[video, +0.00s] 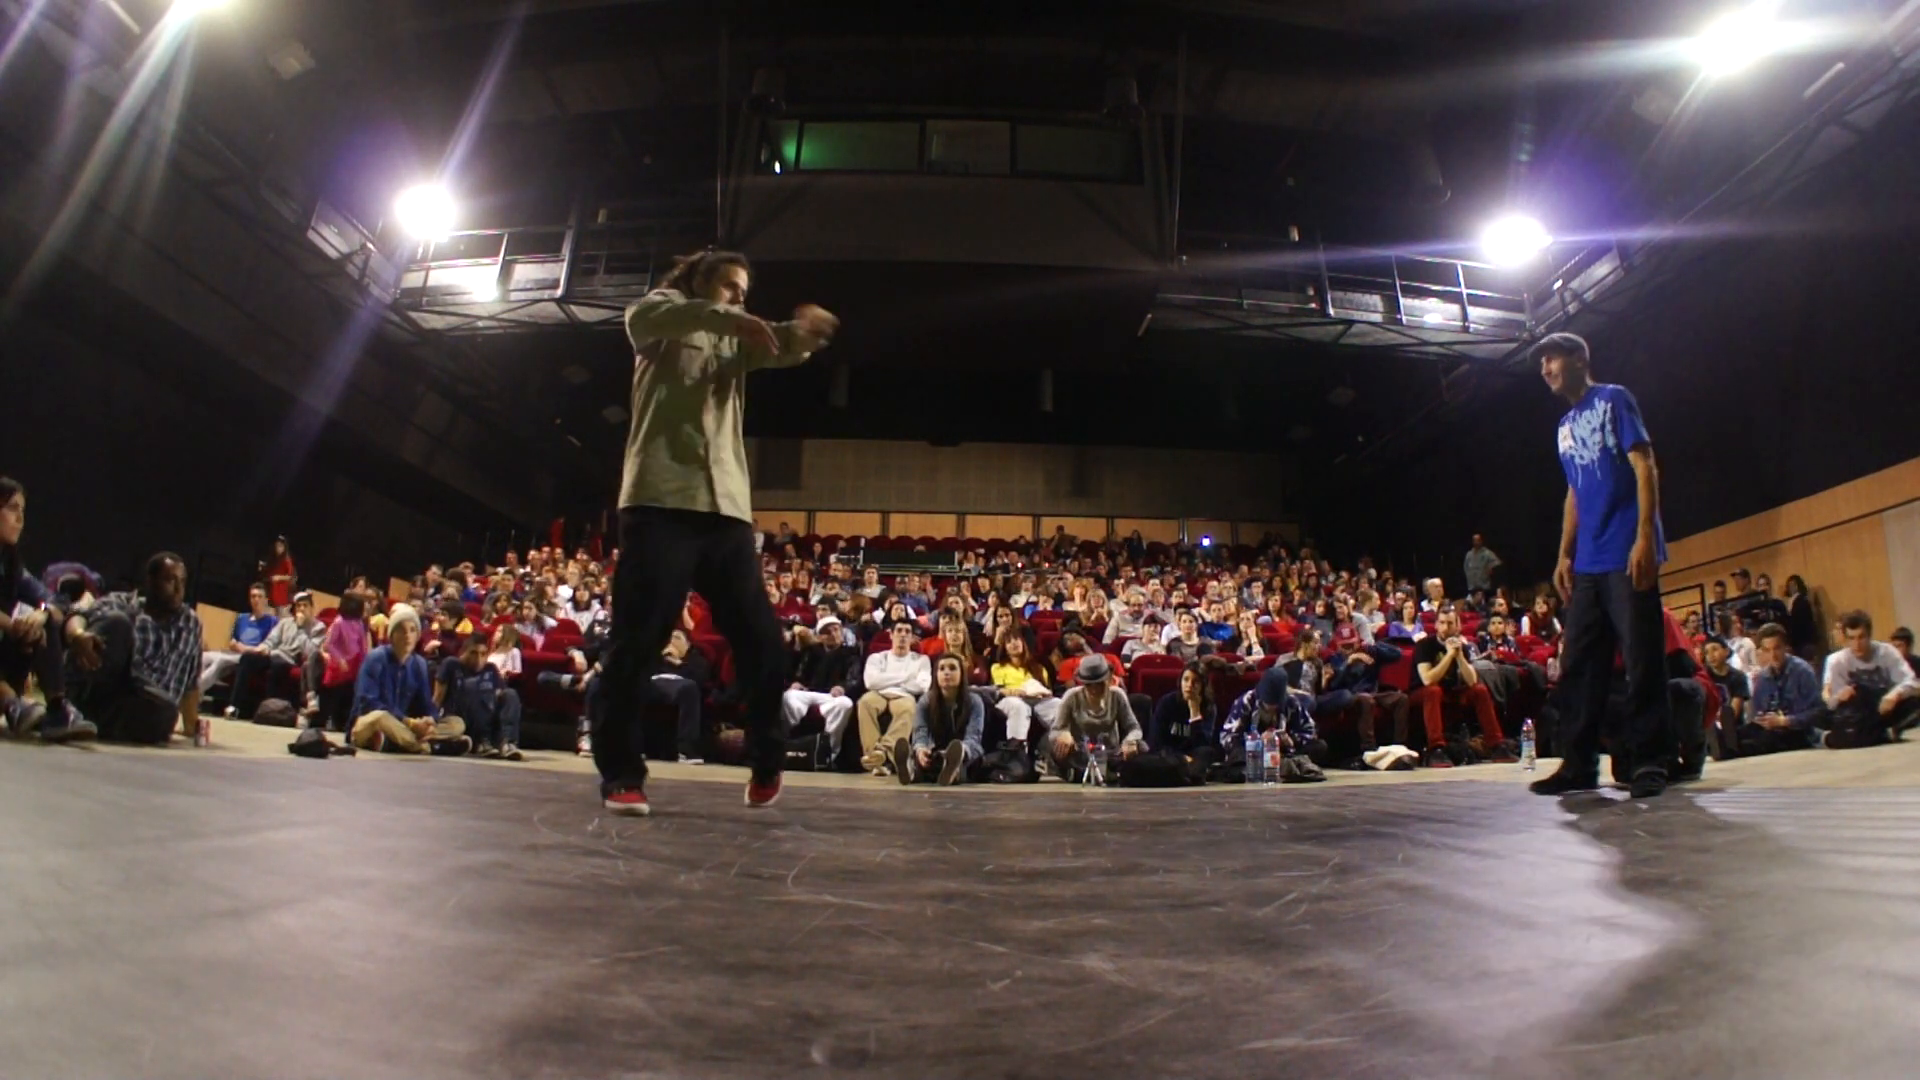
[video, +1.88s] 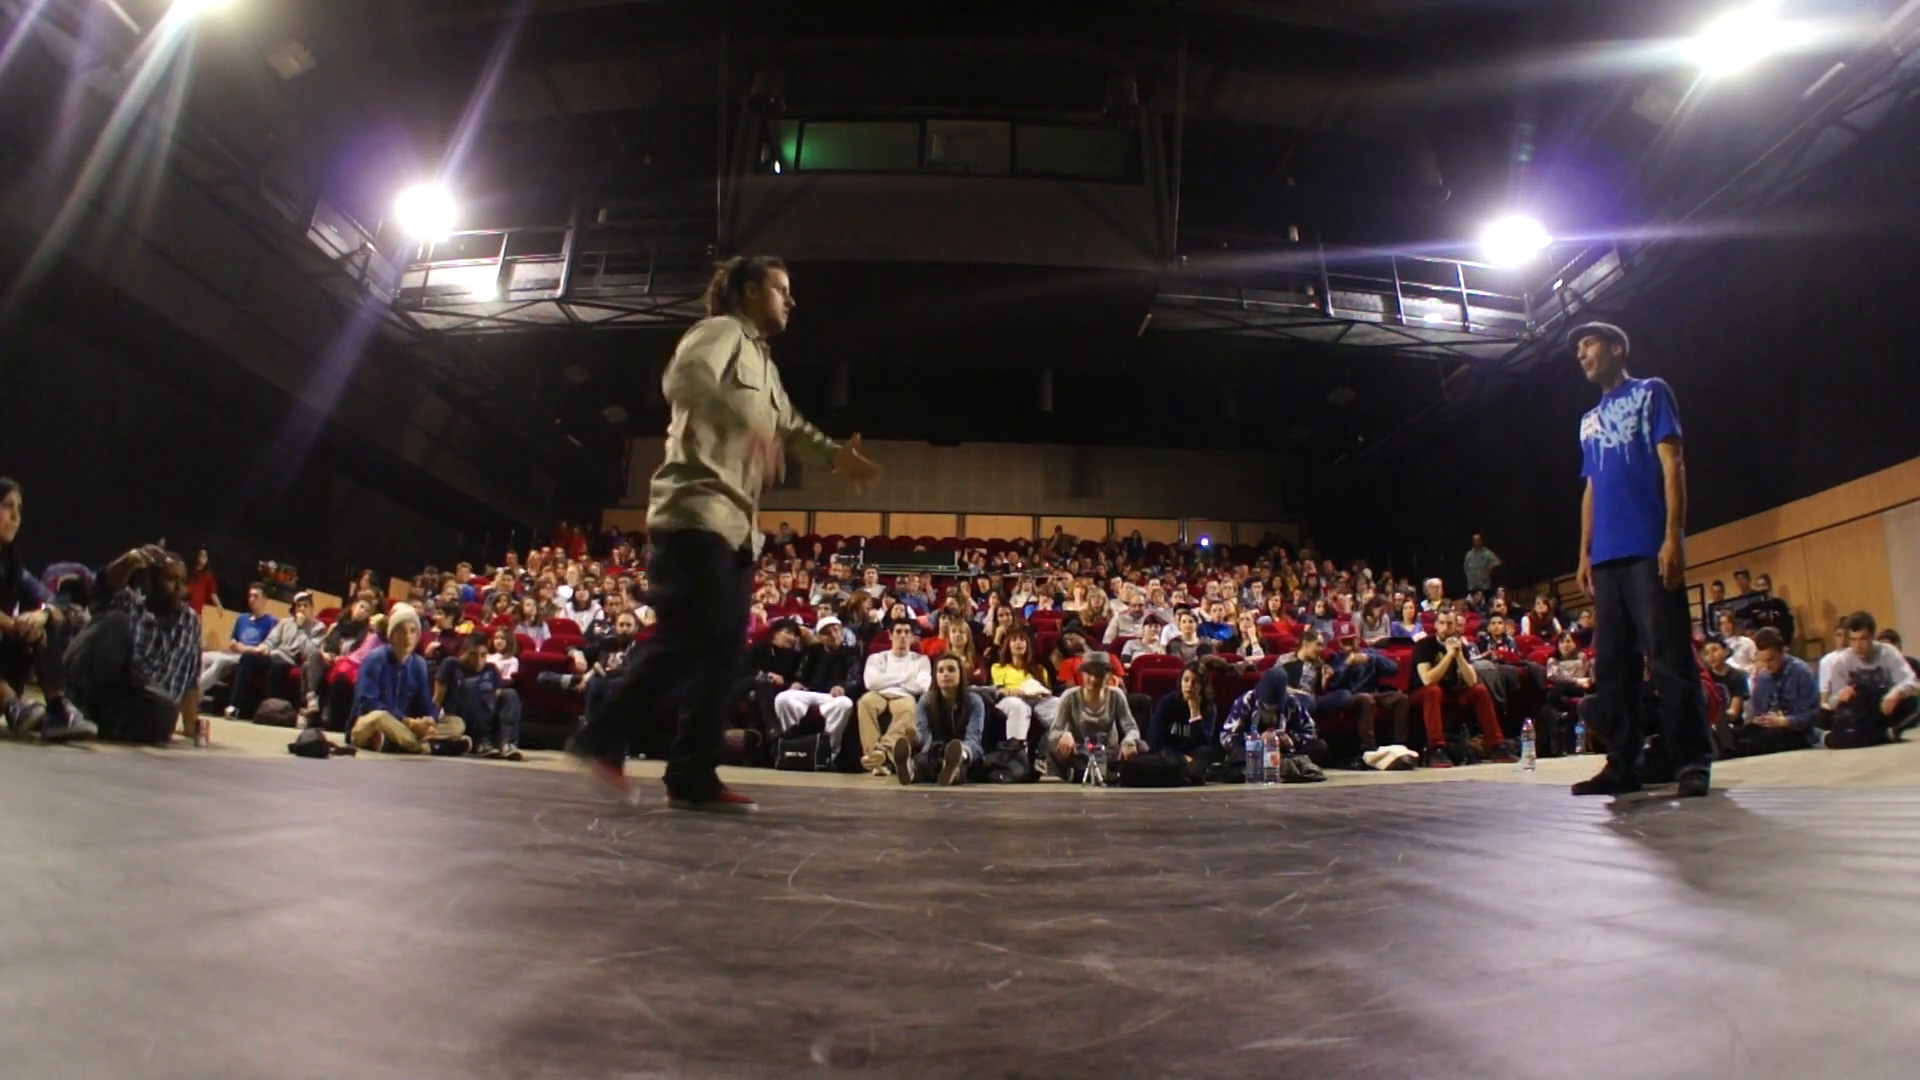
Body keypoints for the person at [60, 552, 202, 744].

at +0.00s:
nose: (178, 589)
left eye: (182, 582)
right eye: (170, 581)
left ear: (186, 585)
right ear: (151, 581)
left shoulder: (191, 624)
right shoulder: (123, 603)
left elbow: (190, 685)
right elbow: (76, 617)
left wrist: (191, 731)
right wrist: (77, 635)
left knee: (159, 719)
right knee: (116, 624)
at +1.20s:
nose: (178, 589)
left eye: (181, 582)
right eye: (170, 580)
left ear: (185, 585)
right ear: (152, 581)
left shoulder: (190, 623)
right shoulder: (127, 603)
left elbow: (190, 685)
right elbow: (82, 608)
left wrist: (191, 732)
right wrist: (84, 622)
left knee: (161, 719)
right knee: (118, 625)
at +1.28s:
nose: (178, 589)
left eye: (182, 582)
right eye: (171, 580)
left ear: (185, 585)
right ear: (152, 581)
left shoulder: (191, 622)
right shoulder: (131, 603)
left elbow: (191, 684)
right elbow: (92, 599)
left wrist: (191, 731)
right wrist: (94, 609)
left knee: (159, 721)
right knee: (117, 623)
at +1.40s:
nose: (176, 586)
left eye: (181, 580)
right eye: (170, 578)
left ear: (185, 584)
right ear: (152, 580)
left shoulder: (191, 621)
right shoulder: (131, 610)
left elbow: (190, 678)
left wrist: (191, 727)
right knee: (116, 622)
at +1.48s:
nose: (176, 585)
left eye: (181, 579)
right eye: (169, 577)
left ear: (185, 585)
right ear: (152, 579)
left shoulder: (191, 621)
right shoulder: (132, 609)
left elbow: (190, 678)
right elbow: (133, 666)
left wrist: (191, 727)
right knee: (116, 626)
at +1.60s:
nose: (176, 585)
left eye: (180, 580)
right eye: (168, 577)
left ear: (185, 585)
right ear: (152, 579)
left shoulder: (190, 621)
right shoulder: (131, 606)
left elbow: (190, 683)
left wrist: (191, 730)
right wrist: (121, 565)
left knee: (161, 718)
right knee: (117, 622)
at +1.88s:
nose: (178, 588)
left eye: (181, 582)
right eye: (170, 580)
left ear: (184, 587)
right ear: (152, 581)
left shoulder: (189, 621)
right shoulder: (131, 606)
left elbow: (191, 682)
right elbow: (106, 588)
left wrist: (191, 730)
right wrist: (129, 562)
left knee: (158, 721)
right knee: (115, 621)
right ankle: (68, 704)